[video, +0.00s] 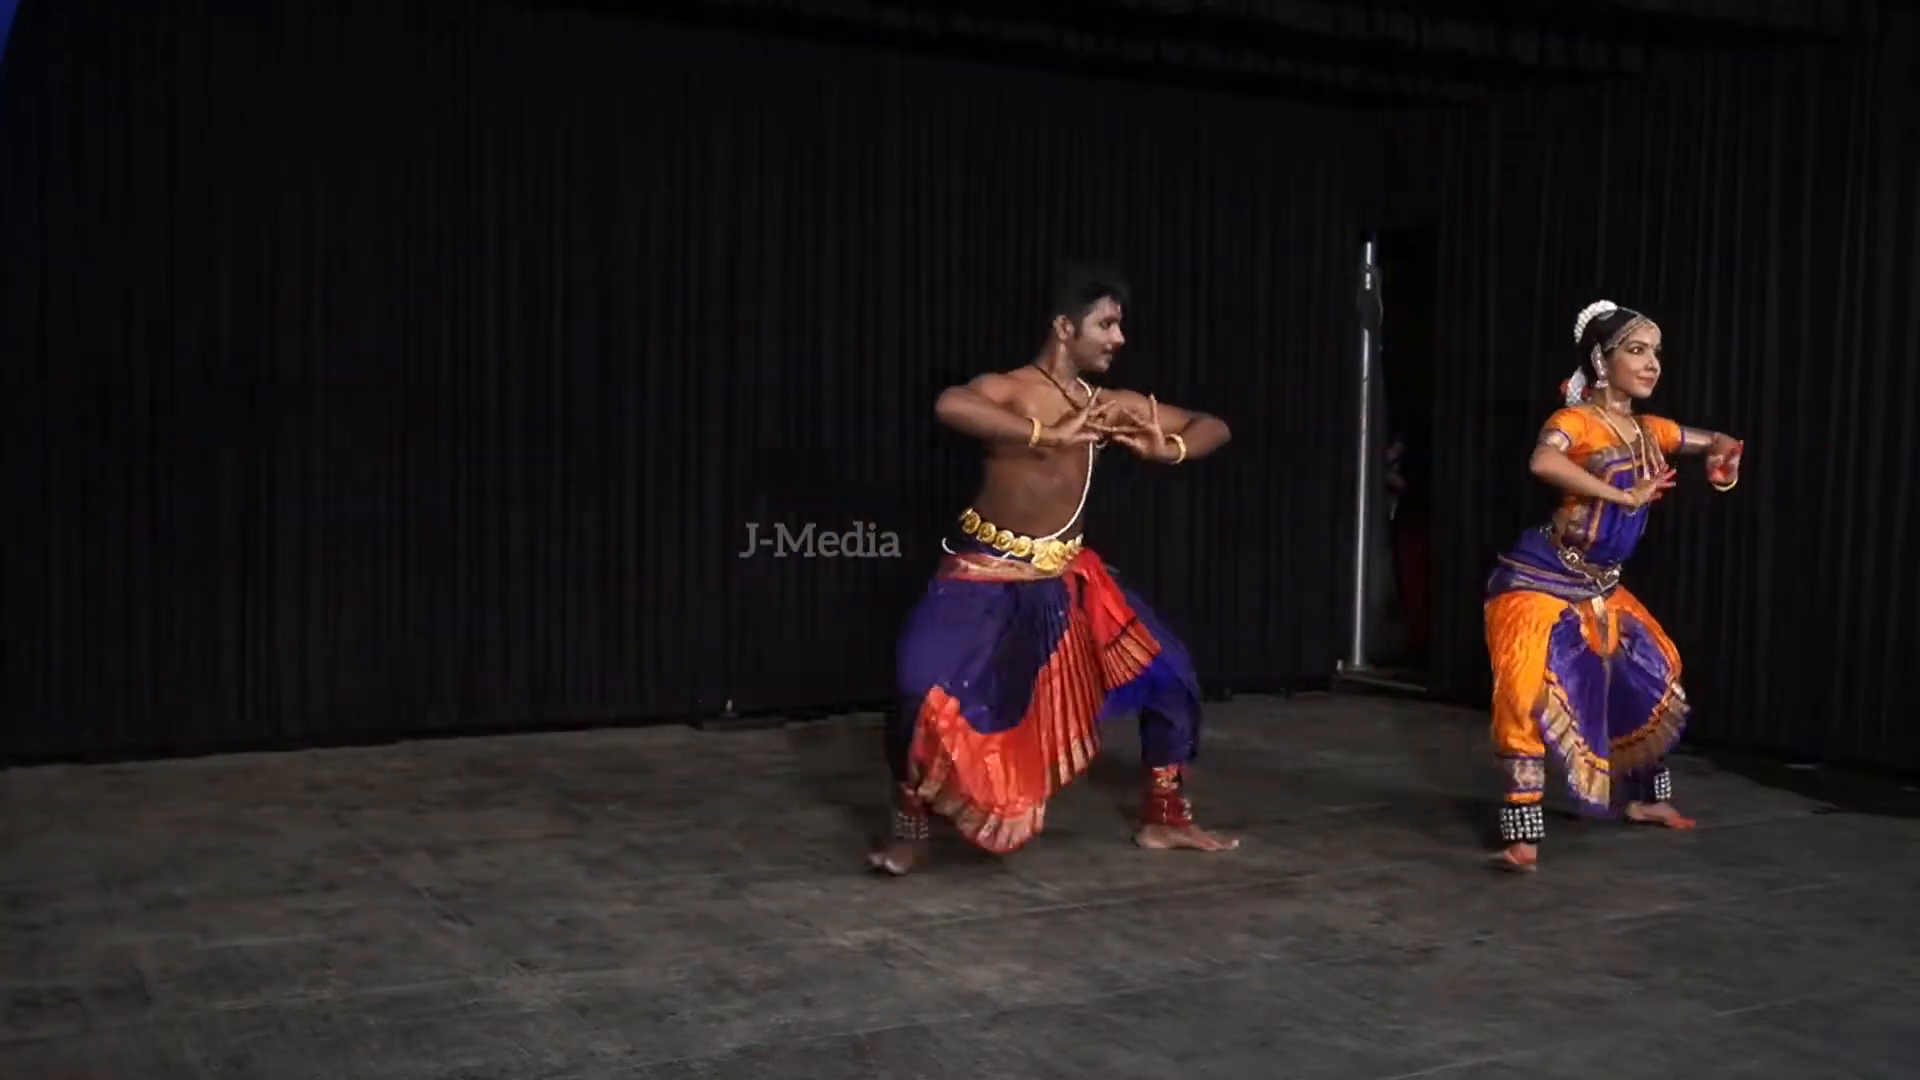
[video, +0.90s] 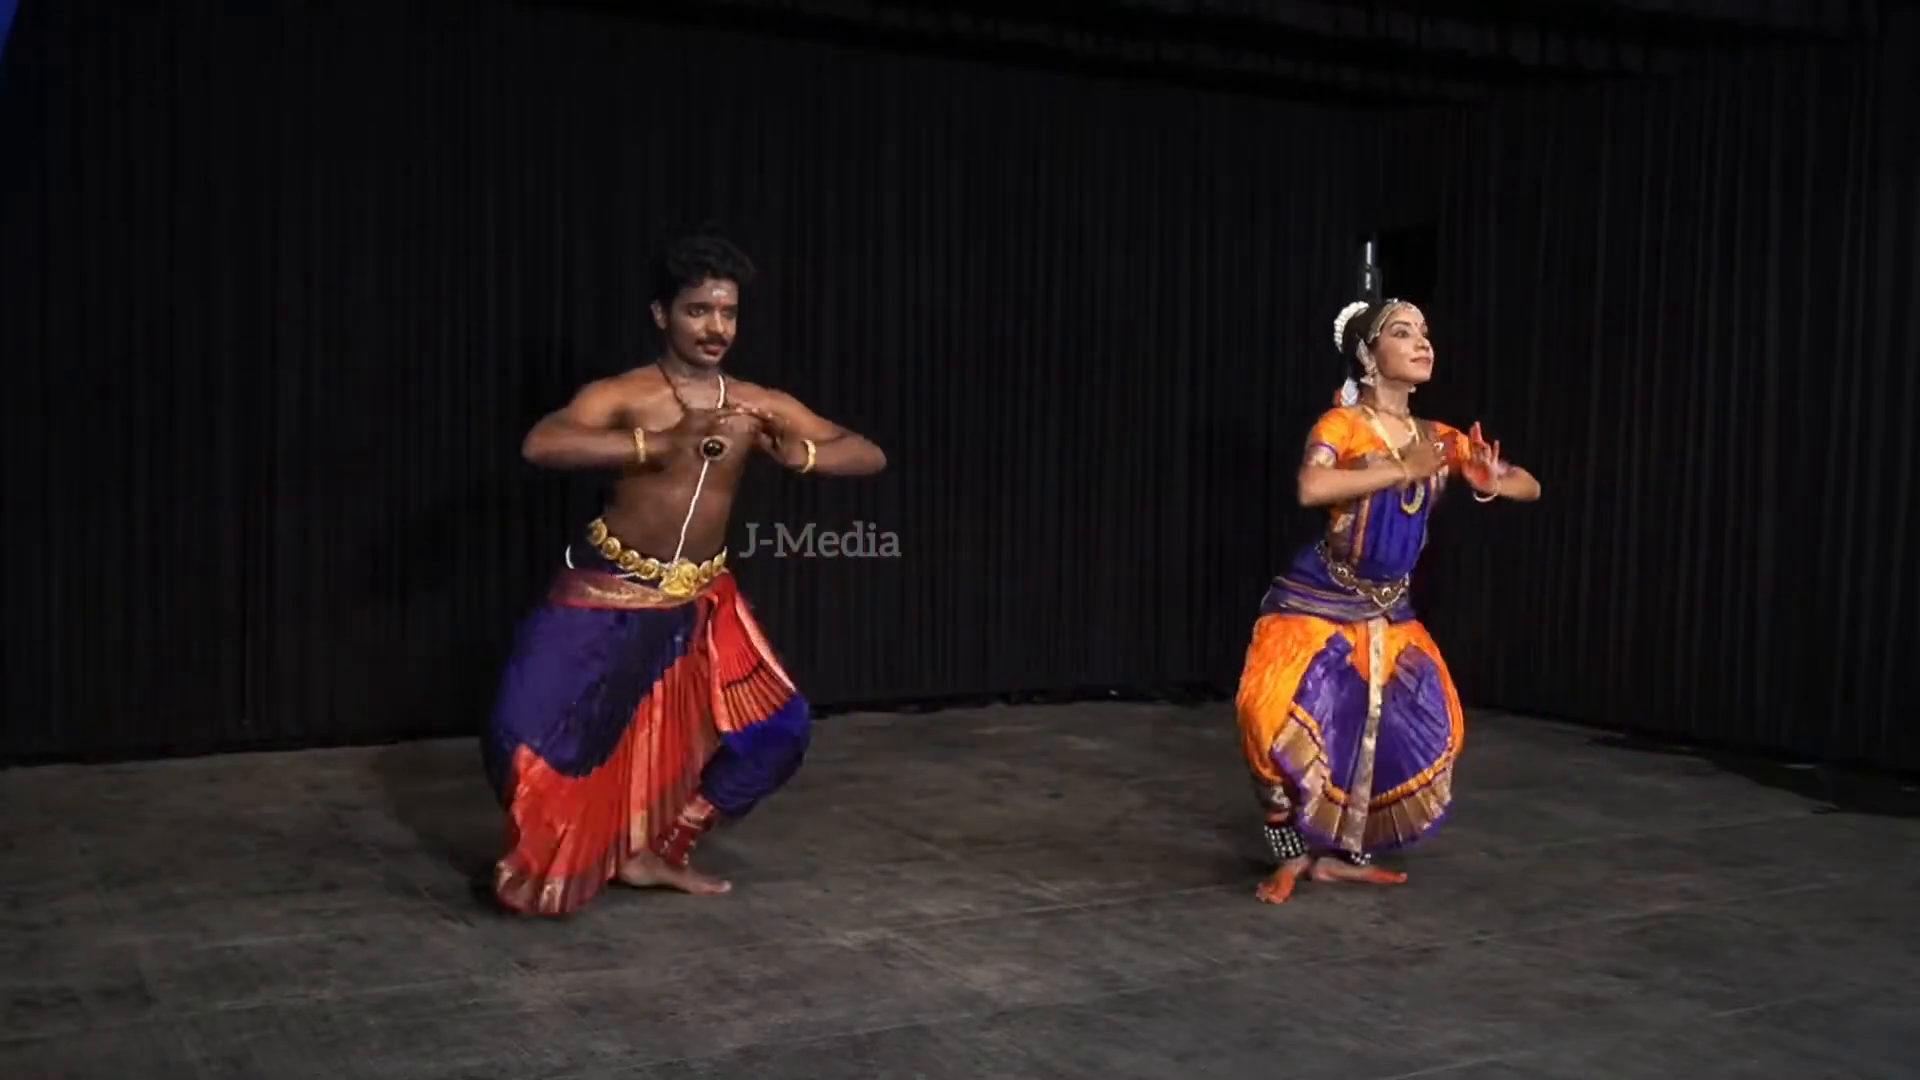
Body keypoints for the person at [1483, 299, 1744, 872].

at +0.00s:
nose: (1651, 362)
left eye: (1656, 352)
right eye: (1637, 350)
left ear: (1658, 364)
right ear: (1602, 360)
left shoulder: (1652, 430)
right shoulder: (1577, 421)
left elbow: (1718, 441)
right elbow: (1544, 462)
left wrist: (1724, 456)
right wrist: (1621, 494)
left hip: (1600, 588)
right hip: (1540, 580)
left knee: (1656, 666)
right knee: (1522, 685)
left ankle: (1647, 795)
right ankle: (1522, 830)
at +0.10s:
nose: (1626, 353)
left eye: (1631, 343)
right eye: (1612, 340)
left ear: (1632, 353)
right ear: (1576, 350)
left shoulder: (1624, 424)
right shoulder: (1548, 412)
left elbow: (1696, 439)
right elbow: (1520, 450)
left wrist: (1699, 455)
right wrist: (1594, 488)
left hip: (1566, 585)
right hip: (1506, 579)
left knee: (1627, 659)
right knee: (1501, 697)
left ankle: (1610, 794)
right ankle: (1520, 840)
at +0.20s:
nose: (1599, 348)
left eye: (1603, 338)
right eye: (1584, 335)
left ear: (1604, 350)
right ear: (1547, 345)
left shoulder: (1597, 421)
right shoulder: (1520, 407)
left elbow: (1667, 434)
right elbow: (1492, 442)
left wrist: (1672, 451)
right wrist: (1569, 480)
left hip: (1538, 584)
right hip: (1477, 580)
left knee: (1602, 670)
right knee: (1490, 706)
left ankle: (1526, 766)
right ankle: (1518, 846)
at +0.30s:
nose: (1568, 342)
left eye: (1572, 332)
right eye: (1553, 329)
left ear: (1572, 344)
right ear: (1515, 342)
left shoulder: (1569, 419)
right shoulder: (1488, 403)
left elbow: (1645, 433)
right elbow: (1459, 438)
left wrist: (1644, 453)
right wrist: (1542, 473)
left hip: (1508, 590)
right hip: (1448, 585)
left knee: (1552, 705)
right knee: (1486, 712)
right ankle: (1516, 848)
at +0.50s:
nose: (1507, 336)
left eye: (1509, 325)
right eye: (1491, 324)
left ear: (1506, 341)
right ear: (1453, 338)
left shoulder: (1509, 419)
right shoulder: (1424, 402)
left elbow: (1590, 437)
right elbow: (1387, 434)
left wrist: (1586, 454)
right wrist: (1470, 467)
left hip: (1457, 592)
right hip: (1395, 582)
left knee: (1469, 717)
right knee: (1415, 707)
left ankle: (1358, 827)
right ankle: (1453, 825)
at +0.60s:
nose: (1486, 326)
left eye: (1485, 316)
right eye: (1468, 315)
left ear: (1479, 335)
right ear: (1430, 332)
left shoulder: (1487, 413)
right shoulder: (1403, 395)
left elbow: (1565, 434)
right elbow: (1363, 426)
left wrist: (1563, 450)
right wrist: (1446, 457)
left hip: (1431, 584)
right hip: (1368, 574)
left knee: (1411, 703)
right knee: (1349, 696)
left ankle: (1367, 841)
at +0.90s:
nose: (1423, 344)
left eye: (1425, 336)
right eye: (1405, 334)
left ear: (1427, 353)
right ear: (1369, 355)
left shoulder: (1438, 438)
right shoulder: (1343, 424)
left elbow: (1530, 486)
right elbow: (1311, 487)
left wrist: (1498, 480)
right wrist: (1405, 469)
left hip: (1387, 610)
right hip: (1315, 600)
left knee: (1418, 718)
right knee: (1266, 706)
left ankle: (1341, 852)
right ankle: (1291, 853)